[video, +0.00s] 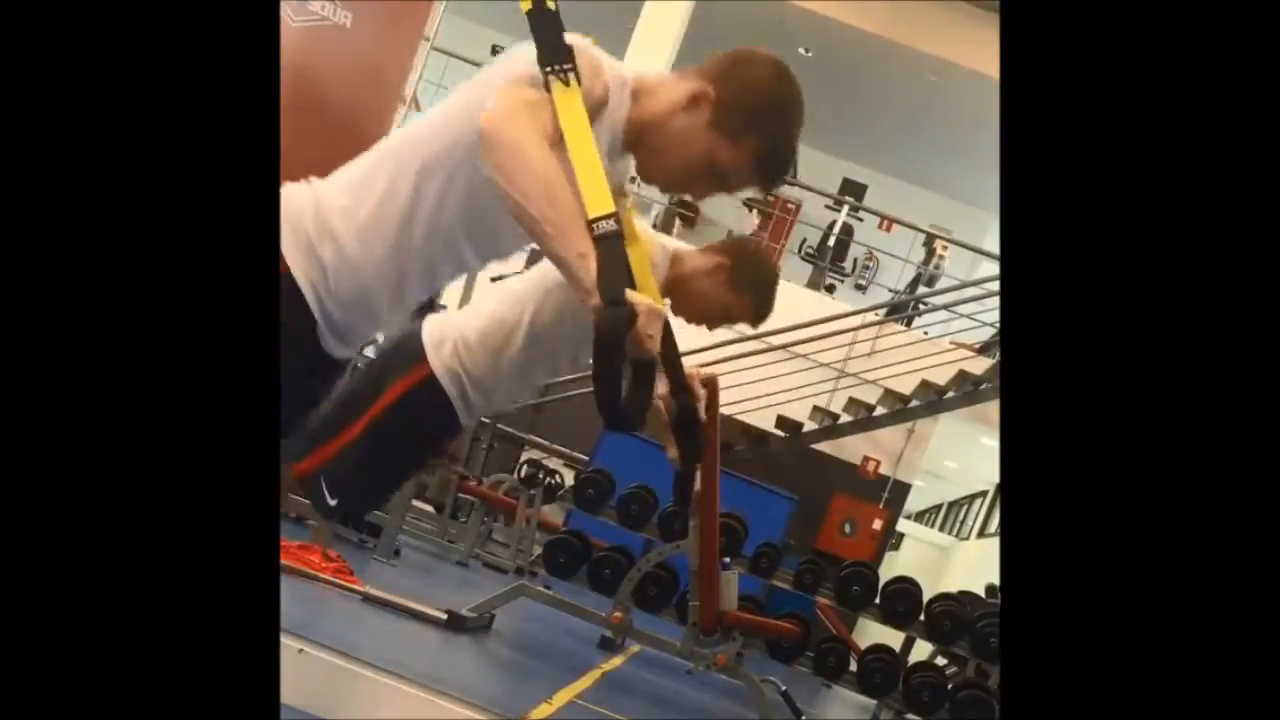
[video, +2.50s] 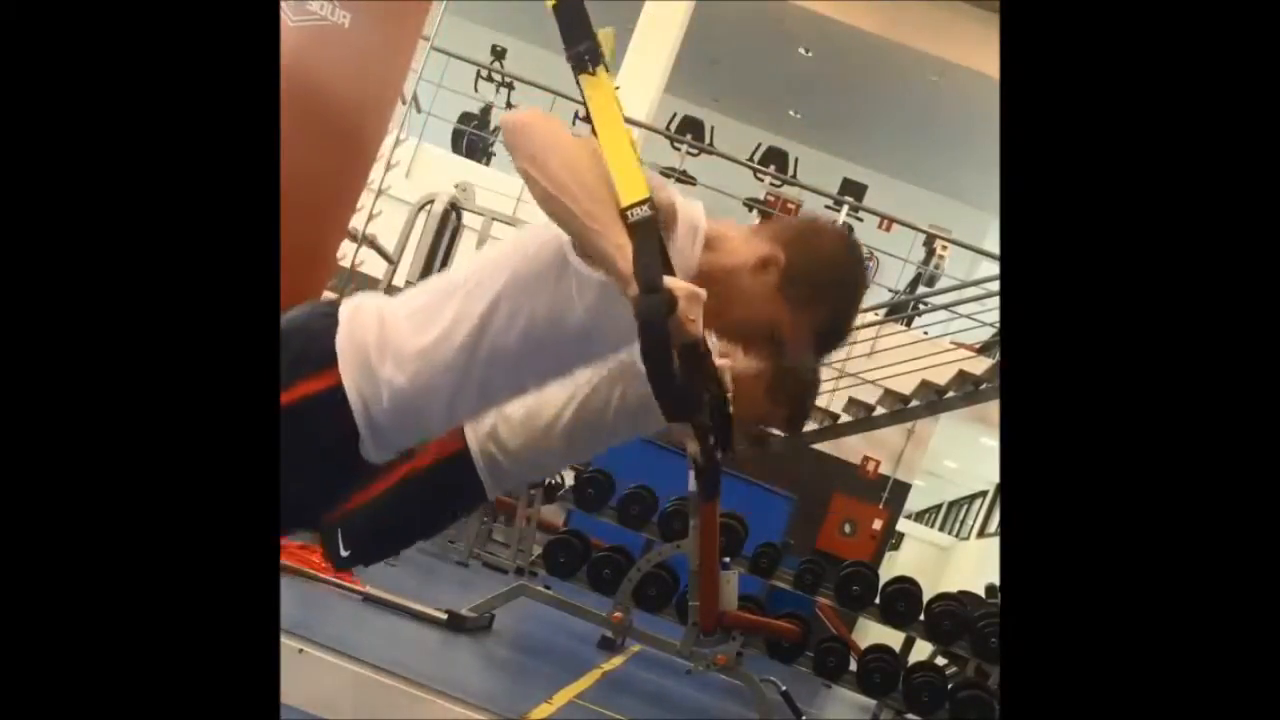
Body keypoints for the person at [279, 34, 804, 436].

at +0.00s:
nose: (700, 195)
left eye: (721, 189)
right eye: (715, 172)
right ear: (698, 104)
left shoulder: (610, 165)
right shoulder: (583, 69)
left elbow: (626, 273)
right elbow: (507, 134)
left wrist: (669, 380)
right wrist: (598, 286)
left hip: (336, 337)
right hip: (294, 273)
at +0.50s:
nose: (668, 119)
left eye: (685, 113)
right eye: (681, 96)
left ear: (654, 20)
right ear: (657, 19)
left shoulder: (568, 92)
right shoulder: (525, 16)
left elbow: (608, 223)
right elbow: (525, 137)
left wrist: (665, 366)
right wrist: (608, 296)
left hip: (322, 305)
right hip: (288, 252)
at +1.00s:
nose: (704, 208)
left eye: (722, 203)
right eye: (718, 189)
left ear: (696, 120)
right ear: (697, 121)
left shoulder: (615, 174)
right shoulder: (582, 84)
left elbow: (634, 266)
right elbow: (522, 141)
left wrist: (683, 352)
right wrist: (628, 271)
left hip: (341, 357)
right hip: (297, 298)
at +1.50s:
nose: (746, 373)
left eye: (765, 372)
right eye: (764, 358)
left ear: (762, 293)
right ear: (763, 295)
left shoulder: (676, 325)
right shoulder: (659, 235)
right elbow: (537, 119)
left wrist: (679, 393)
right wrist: (641, 269)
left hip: (370, 450)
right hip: (330, 392)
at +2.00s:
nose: (760, 505)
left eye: (781, 504)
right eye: (779, 487)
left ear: (780, 407)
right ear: (779, 412)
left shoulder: (711, 440)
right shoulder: (683, 343)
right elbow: (547, 168)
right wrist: (638, 295)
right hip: (347, 470)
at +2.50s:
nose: (748, 347)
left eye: (766, 349)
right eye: (764, 332)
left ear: (765, 257)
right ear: (766, 263)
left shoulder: (682, 312)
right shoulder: (667, 219)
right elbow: (526, 129)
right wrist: (644, 278)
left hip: (375, 432)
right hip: (337, 381)